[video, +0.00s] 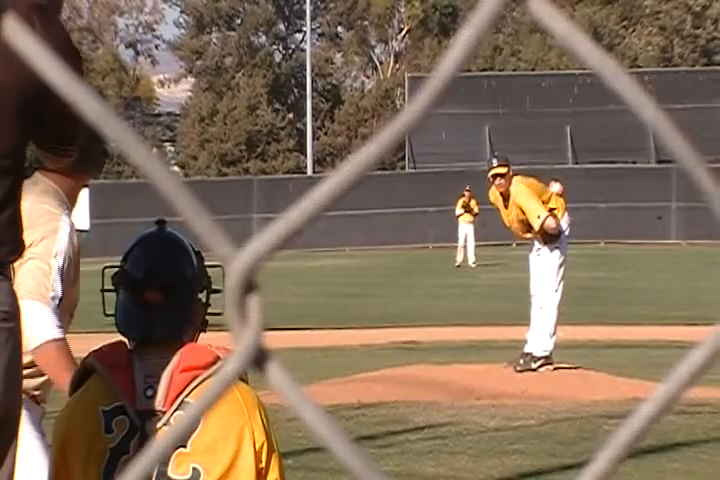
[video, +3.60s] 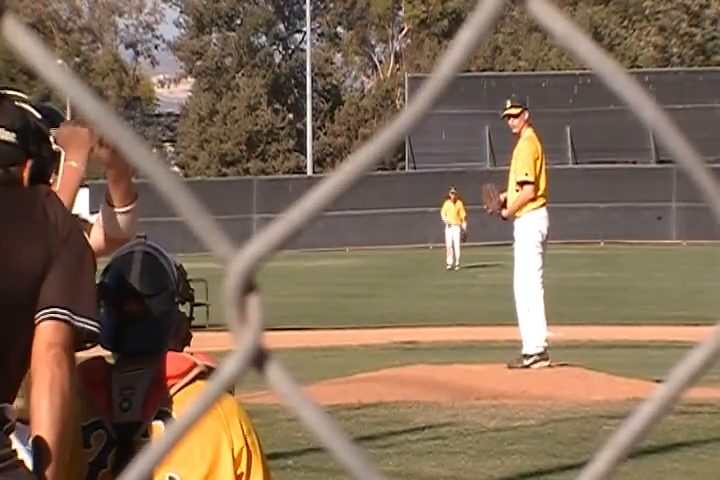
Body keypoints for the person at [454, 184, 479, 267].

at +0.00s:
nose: (467, 193)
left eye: (469, 191)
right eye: (466, 191)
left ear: (471, 193)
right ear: (464, 192)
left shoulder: (473, 201)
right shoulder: (461, 201)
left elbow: (476, 212)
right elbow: (457, 213)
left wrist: (470, 209)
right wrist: (464, 209)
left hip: (470, 223)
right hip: (462, 222)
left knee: (471, 242)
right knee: (461, 242)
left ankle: (471, 260)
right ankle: (459, 260)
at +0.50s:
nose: (457, 195)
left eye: (458, 193)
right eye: (455, 193)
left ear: (461, 194)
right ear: (453, 194)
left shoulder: (464, 201)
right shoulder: (452, 203)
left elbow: (469, 210)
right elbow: (450, 216)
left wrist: (461, 209)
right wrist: (454, 210)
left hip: (464, 224)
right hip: (455, 224)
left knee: (466, 243)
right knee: (455, 244)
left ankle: (470, 261)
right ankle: (455, 261)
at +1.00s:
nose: (452, 194)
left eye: (453, 192)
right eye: (451, 192)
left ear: (455, 193)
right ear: (449, 193)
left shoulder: (459, 201)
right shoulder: (449, 201)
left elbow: (463, 210)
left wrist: (454, 209)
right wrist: (445, 213)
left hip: (458, 222)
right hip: (451, 222)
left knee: (458, 241)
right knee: (452, 242)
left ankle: (459, 260)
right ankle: (454, 260)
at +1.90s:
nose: (450, 195)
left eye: (451, 193)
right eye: (448, 193)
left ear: (453, 194)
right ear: (447, 194)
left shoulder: (456, 202)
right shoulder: (444, 203)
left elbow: (459, 212)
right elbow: (441, 211)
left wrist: (458, 220)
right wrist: (442, 218)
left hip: (455, 222)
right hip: (447, 223)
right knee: (445, 243)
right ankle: (445, 261)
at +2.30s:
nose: (444, 195)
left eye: (445, 193)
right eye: (442, 193)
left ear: (447, 194)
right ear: (440, 194)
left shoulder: (451, 202)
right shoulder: (439, 203)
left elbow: (457, 214)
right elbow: (435, 214)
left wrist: (461, 224)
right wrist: (441, 205)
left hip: (451, 224)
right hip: (443, 224)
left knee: (453, 243)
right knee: (444, 244)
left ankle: (453, 261)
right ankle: (445, 262)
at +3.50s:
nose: (453, 196)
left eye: (454, 194)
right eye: (452, 194)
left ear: (456, 195)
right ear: (449, 194)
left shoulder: (459, 203)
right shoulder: (446, 203)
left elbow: (463, 214)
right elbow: (442, 214)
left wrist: (465, 226)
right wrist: (448, 212)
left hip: (457, 224)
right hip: (449, 224)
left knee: (457, 244)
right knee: (449, 244)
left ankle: (456, 263)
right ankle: (449, 261)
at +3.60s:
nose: (453, 195)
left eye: (454, 193)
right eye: (451, 193)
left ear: (456, 195)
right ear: (449, 194)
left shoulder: (459, 203)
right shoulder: (446, 203)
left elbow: (463, 214)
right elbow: (443, 212)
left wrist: (464, 224)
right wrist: (445, 219)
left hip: (456, 224)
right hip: (449, 224)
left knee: (456, 244)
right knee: (448, 244)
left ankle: (457, 262)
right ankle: (449, 262)